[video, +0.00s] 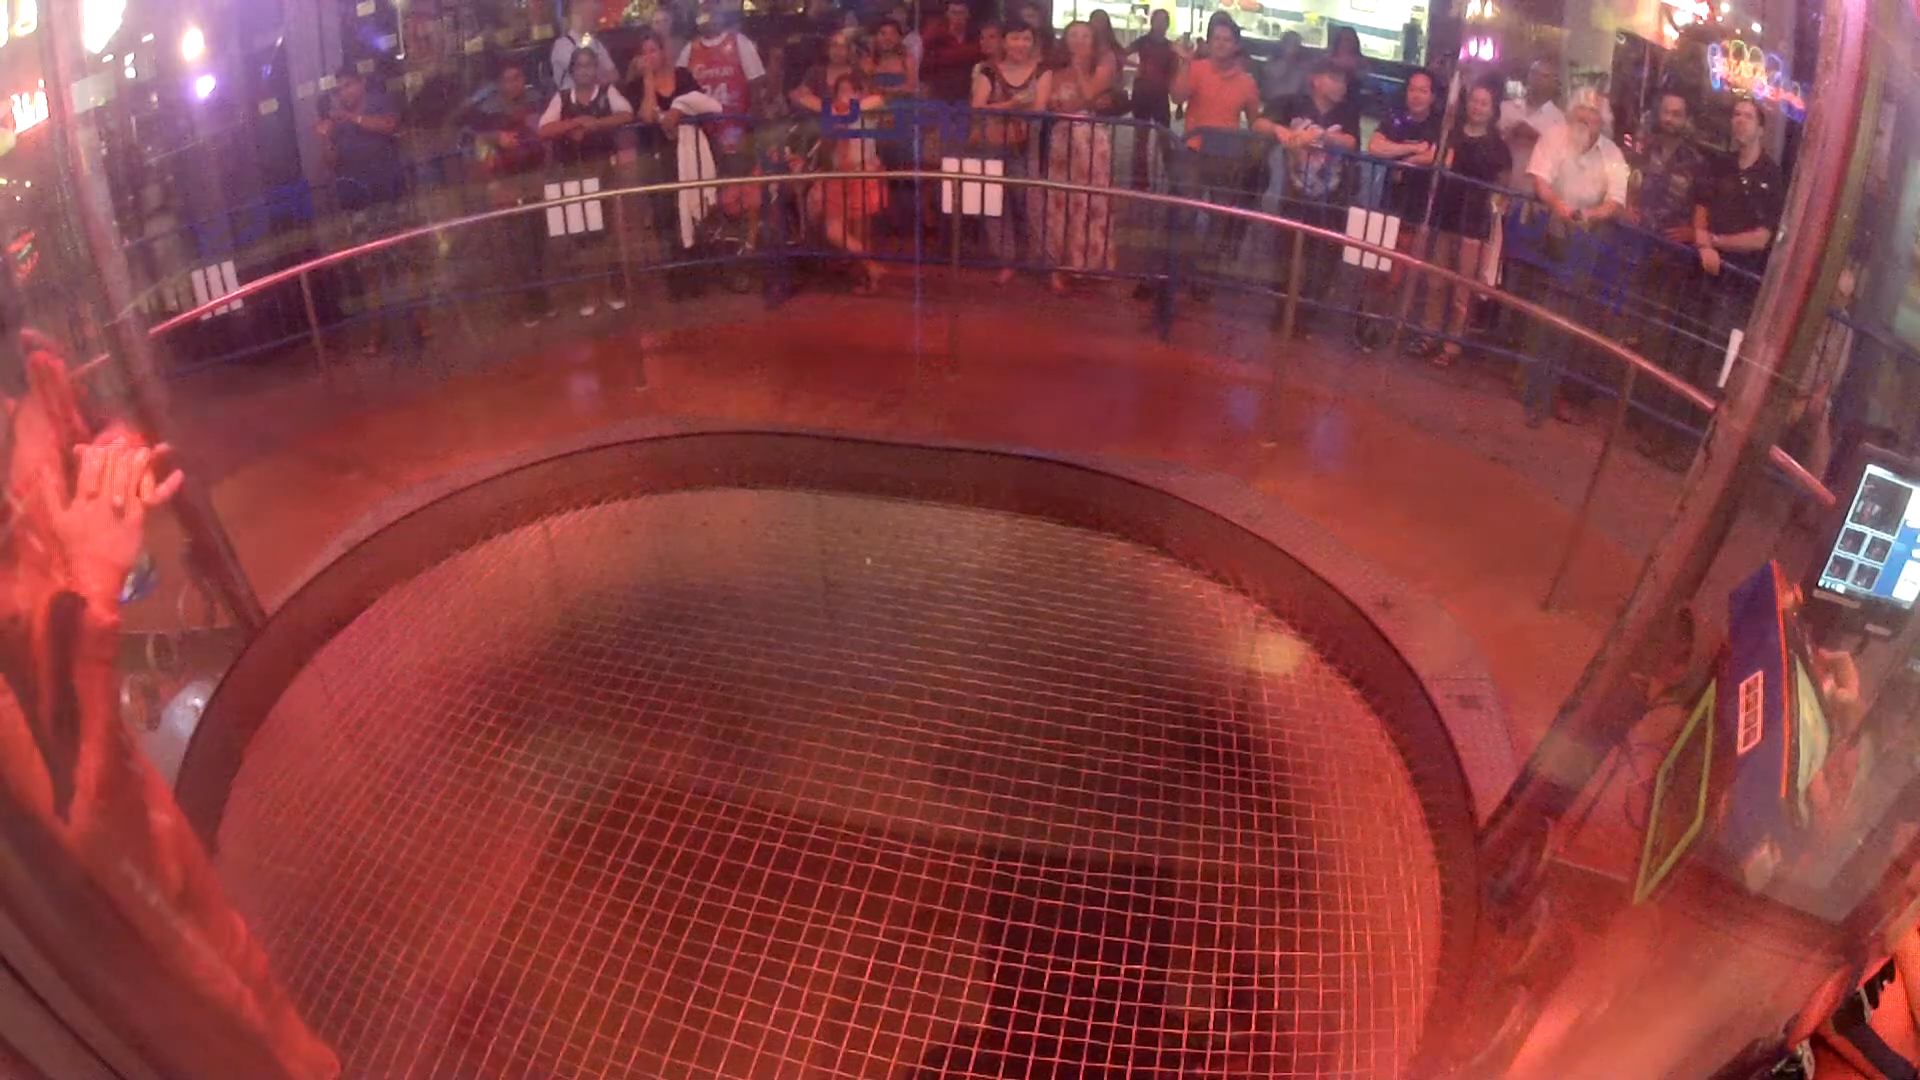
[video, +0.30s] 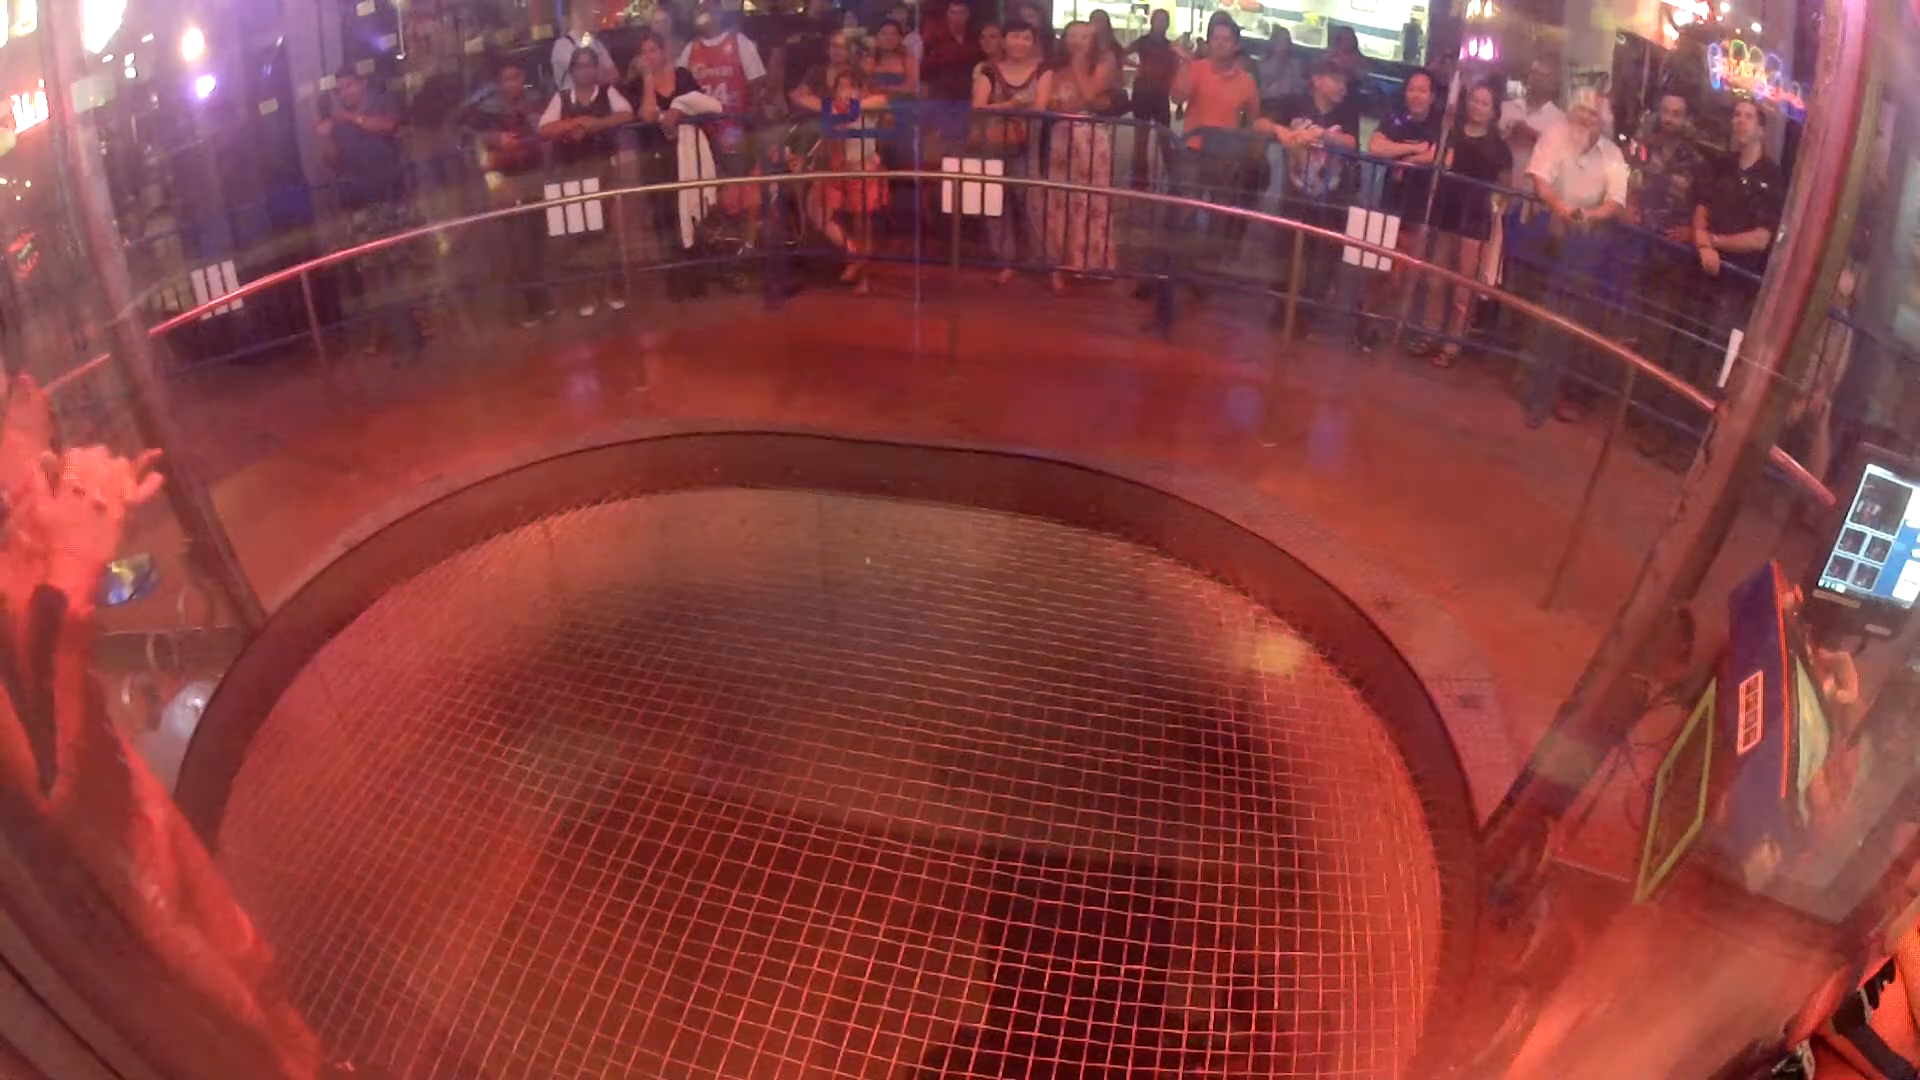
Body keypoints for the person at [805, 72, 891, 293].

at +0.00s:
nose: (843, 96)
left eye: (848, 91)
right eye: (840, 91)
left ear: (858, 92)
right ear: (834, 93)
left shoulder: (863, 108)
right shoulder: (830, 109)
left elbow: (879, 100)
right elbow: (797, 95)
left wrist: (853, 107)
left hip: (864, 175)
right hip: (839, 175)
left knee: (860, 230)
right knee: (834, 230)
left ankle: (865, 275)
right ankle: (871, 266)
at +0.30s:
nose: (844, 92)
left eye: (849, 87)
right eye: (840, 87)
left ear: (858, 89)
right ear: (834, 90)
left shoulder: (865, 106)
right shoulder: (831, 107)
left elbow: (882, 100)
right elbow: (798, 97)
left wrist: (855, 105)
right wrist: (827, 106)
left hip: (863, 171)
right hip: (834, 170)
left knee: (861, 224)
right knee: (817, 212)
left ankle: (863, 275)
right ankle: (851, 250)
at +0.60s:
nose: (835, 51)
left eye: (841, 47)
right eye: (832, 46)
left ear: (851, 51)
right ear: (827, 49)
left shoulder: (860, 78)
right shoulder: (819, 74)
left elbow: (880, 103)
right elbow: (798, 95)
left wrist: (856, 98)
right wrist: (829, 107)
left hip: (856, 156)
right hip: (828, 156)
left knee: (859, 220)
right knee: (828, 220)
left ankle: (862, 275)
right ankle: (823, 274)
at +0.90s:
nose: (837, 51)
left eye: (841, 47)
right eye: (833, 46)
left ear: (850, 50)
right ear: (827, 48)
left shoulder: (855, 76)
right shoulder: (817, 72)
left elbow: (860, 109)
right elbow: (797, 96)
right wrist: (829, 105)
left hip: (849, 146)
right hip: (823, 146)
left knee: (851, 213)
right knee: (822, 212)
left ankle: (861, 274)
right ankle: (822, 273)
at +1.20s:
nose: (830, 85)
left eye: (835, 80)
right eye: (825, 80)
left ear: (844, 84)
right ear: (818, 84)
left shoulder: (851, 105)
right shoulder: (818, 105)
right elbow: (797, 98)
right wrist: (828, 103)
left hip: (847, 174)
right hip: (819, 174)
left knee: (851, 227)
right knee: (820, 226)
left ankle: (859, 275)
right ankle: (822, 274)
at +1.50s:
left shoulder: (857, 96)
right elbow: (798, 99)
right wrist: (828, 101)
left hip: (851, 154)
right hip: (825, 152)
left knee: (855, 216)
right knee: (822, 216)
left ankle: (861, 271)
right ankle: (823, 272)